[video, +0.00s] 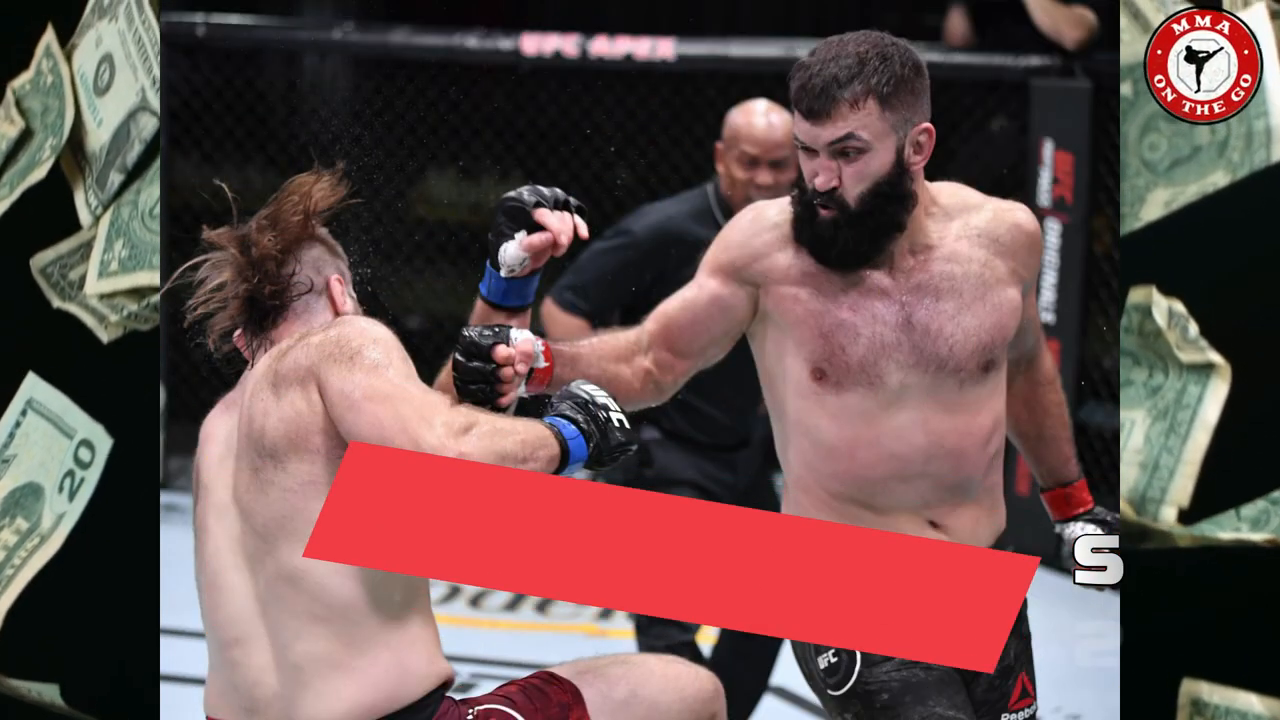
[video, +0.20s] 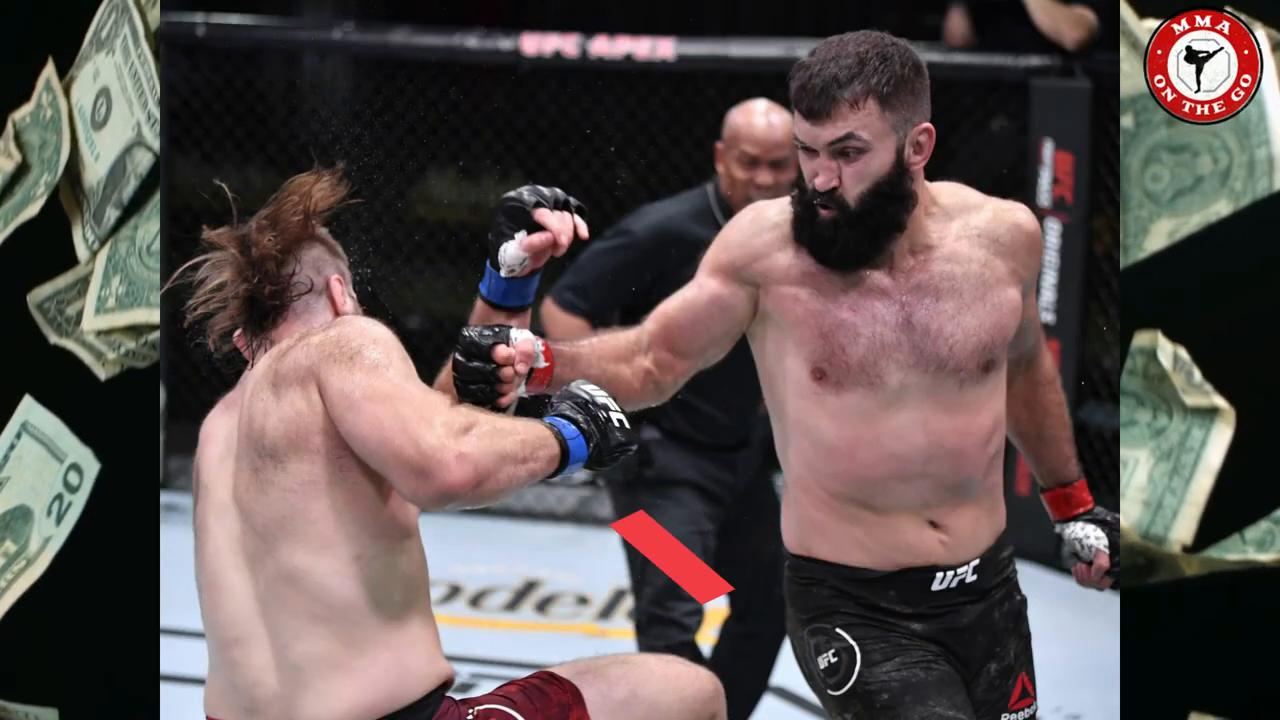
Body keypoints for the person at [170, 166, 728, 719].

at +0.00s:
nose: (365, 311)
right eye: (358, 292)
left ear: (244, 344)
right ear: (341, 291)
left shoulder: (219, 425)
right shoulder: (346, 347)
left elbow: (450, 422)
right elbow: (448, 452)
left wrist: (508, 284)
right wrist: (576, 432)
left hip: (242, 714)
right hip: (396, 710)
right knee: (691, 687)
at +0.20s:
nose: (364, 311)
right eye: (358, 293)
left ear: (244, 344)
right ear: (340, 291)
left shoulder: (218, 427)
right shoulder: (344, 347)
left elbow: (443, 432)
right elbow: (447, 467)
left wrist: (508, 284)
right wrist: (576, 431)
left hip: (242, 712)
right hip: (397, 707)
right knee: (690, 687)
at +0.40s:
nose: (366, 312)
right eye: (358, 293)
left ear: (243, 344)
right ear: (341, 291)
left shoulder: (218, 426)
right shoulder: (344, 347)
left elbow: (444, 432)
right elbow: (447, 467)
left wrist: (508, 284)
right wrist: (575, 432)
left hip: (241, 712)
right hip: (397, 708)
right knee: (691, 687)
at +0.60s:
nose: (365, 311)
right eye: (358, 293)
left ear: (243, 344)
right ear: (340, 291)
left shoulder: (218, 427)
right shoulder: (344, 347)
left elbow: (443, 432)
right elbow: (447, 467)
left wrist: (509, 283)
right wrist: (576, 432)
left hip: (243, 711)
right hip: (397, 707)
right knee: (691, 687)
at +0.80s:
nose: (364, 309)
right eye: (357, 291)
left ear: (243, 345)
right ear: (340, 290)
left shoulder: (217, 426)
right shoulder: (344, 346)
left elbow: (445, 429)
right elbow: (447, 467)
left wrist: (509, 282)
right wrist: (576, 431)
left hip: (240, 712)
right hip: (397, 708)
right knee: (691, 687)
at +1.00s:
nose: (363, 307)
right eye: (355, 289)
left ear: (243, 345)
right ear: (340, 290)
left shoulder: (217, 428)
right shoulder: (344, 346)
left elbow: (445, 429)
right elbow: (446, 466)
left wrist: (508, 283)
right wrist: (576, 431)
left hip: (239, 714)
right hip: (396, 709)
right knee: (691, 688)